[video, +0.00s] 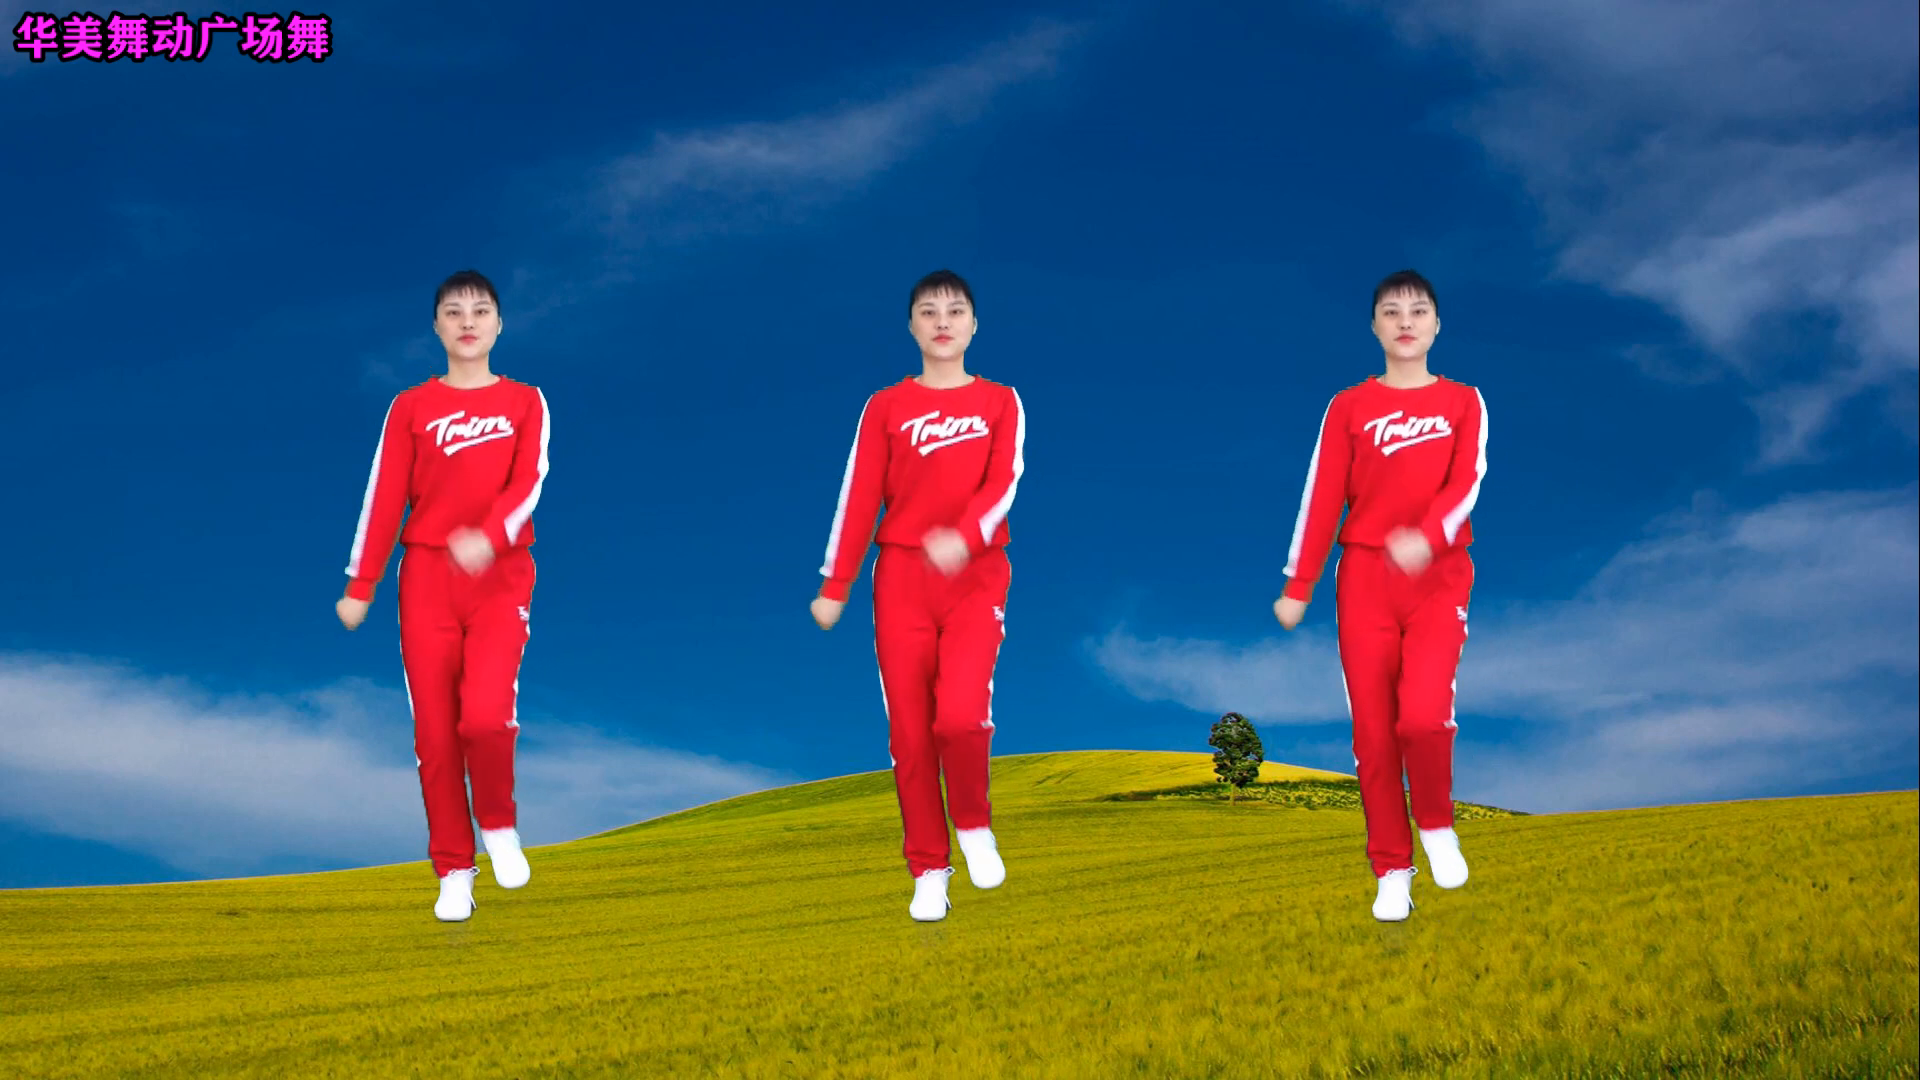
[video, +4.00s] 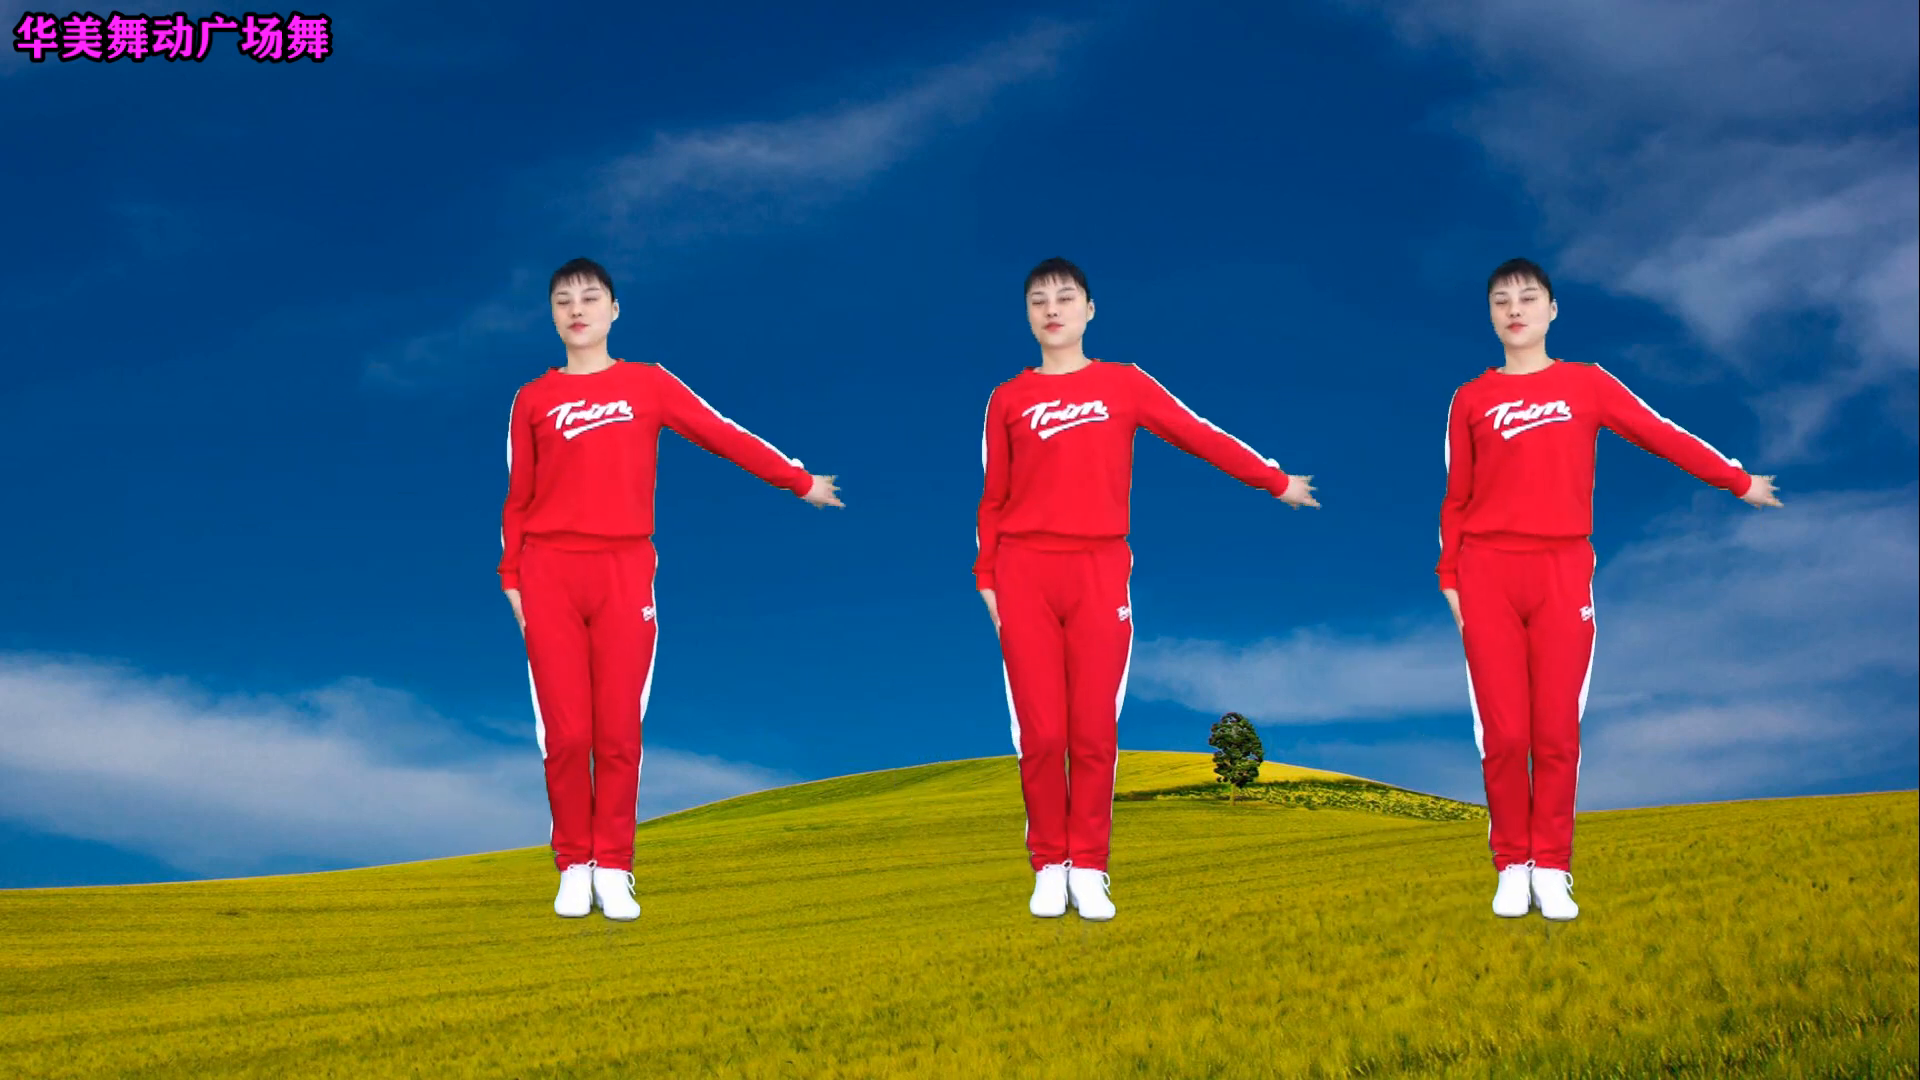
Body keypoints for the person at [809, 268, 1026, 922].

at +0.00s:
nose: (942, 322)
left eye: (954, 312)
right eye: (930, 313)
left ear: (972, 323)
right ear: (913, 325)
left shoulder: (1001, 401)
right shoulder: (884, 407)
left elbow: (1005, 484)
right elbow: (859, 499)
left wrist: (965, 534)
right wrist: (836, 585)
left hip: (976, 580)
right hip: (902, 580)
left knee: (960, 720)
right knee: (909, 729)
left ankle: (973, 823)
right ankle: (927, 865)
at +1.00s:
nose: (947, 300)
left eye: (957, 289)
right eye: (933, 292)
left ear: (977, 300)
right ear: (916, 308)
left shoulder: (1011, 379)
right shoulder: (894, 383)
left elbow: (1051, 461)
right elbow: (833, 456)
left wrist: (992, 419)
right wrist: (779, 532)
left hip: (994, 558)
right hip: (918, 558)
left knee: (986, 715)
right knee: (938, 711)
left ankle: (974, 863)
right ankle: (937, 835)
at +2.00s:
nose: (943, 306)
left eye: (954, 296)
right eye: (931, 297)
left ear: (973, 309)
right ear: (913, 311)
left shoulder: (1006, 385)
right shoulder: (890, 395)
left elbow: (1040, 476)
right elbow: (882, 480)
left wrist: (1066, 564)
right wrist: (911, 542)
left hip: (992, 566)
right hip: (916, 569)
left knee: (984, 724)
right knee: (926, 722)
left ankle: (973, 867)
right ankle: (931, 855)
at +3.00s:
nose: (975, 301)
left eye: (977, 291)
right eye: (958, 292)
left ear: (981, 310)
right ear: (922, 311)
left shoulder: (1006, 390)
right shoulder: (907, 378)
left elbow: (1026, 489)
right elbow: (964, 429)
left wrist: (1037, 567)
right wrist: (1059, 452)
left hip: (1002, 563)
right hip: (931, 560)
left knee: (1033, 708)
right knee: (929, 725)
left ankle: (1037, 832)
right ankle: (923, 866)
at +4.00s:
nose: (1053, 309)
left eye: (1065, 298)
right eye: (1041, 301)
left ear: (1088, 310)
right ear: (1029, 317)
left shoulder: (1124, 381)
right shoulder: (1008, 398)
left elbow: (1200, 435)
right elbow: (993, 494)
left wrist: (1278, 481)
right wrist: (986, 573)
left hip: (1100, 568)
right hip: (1021, 568)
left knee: (1095, 732)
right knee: (1041, 732)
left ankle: (1089, 869)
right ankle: (1048, 866)